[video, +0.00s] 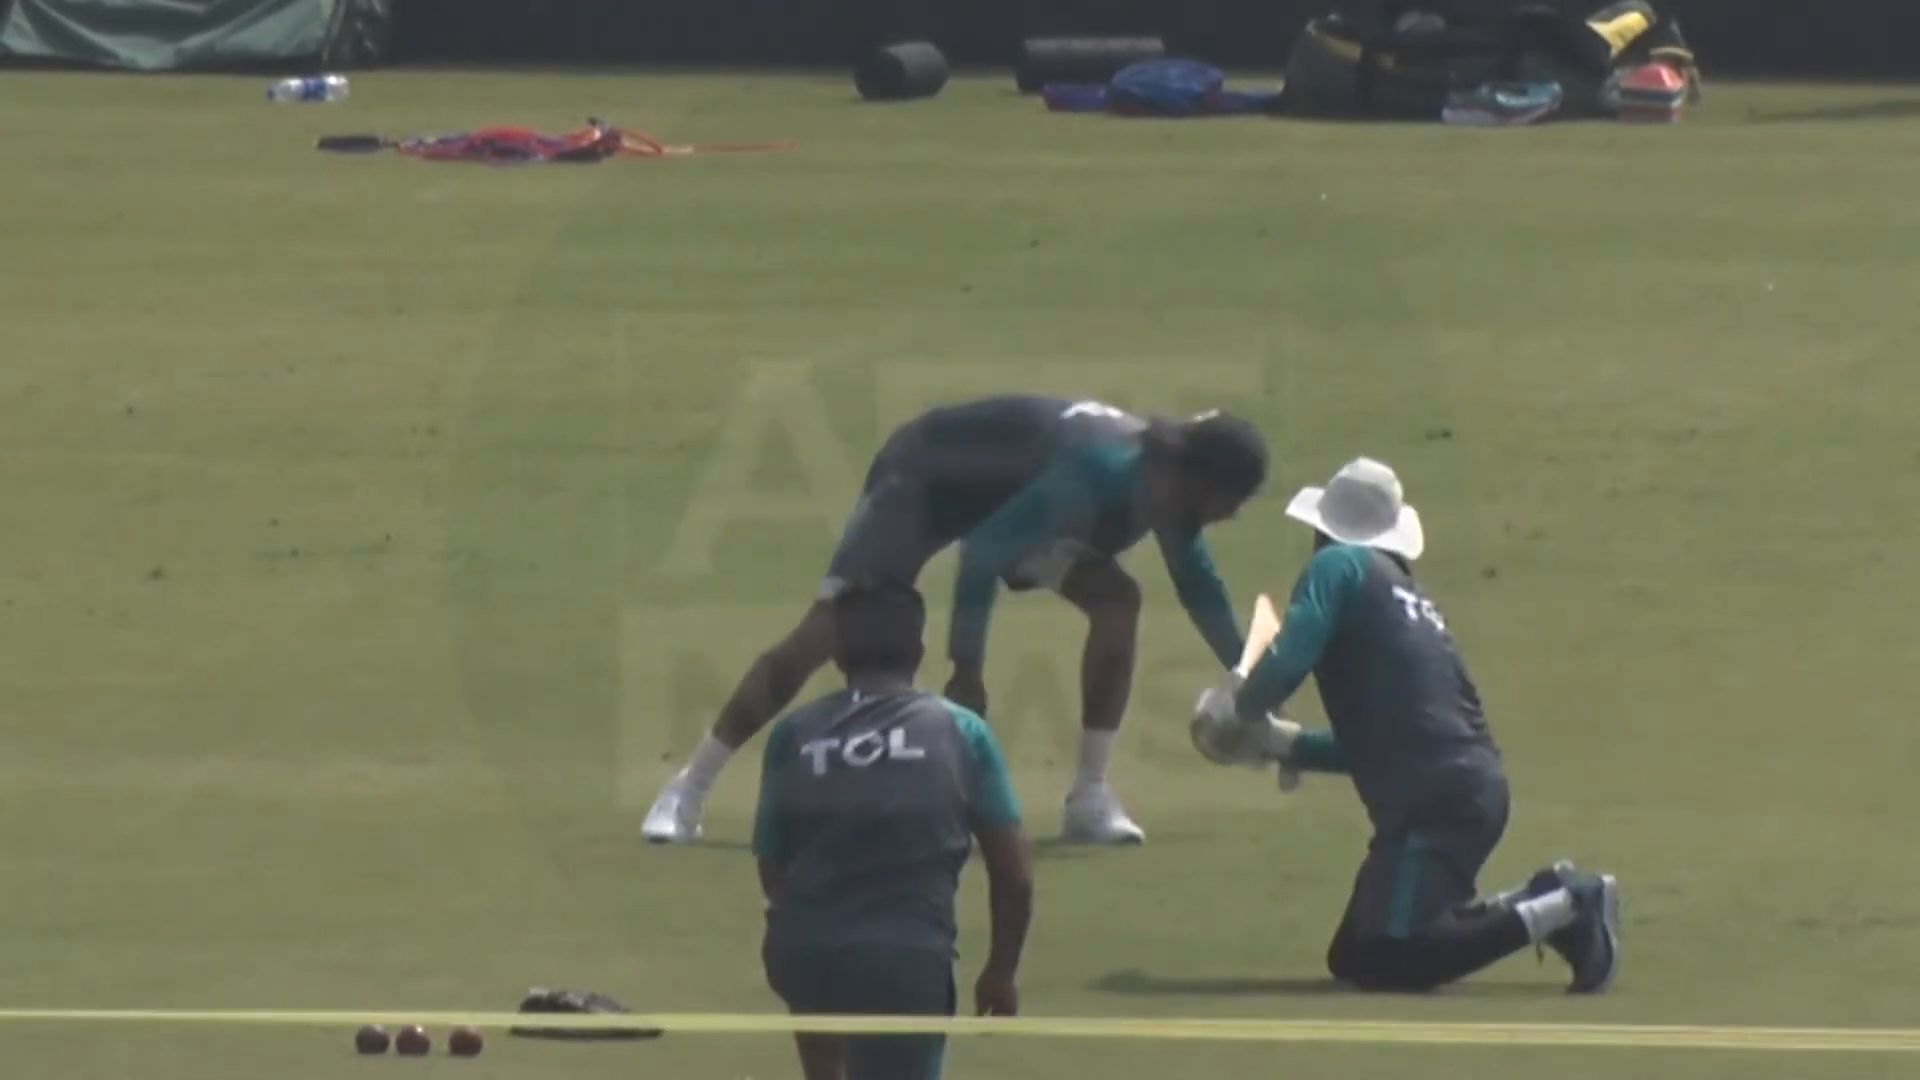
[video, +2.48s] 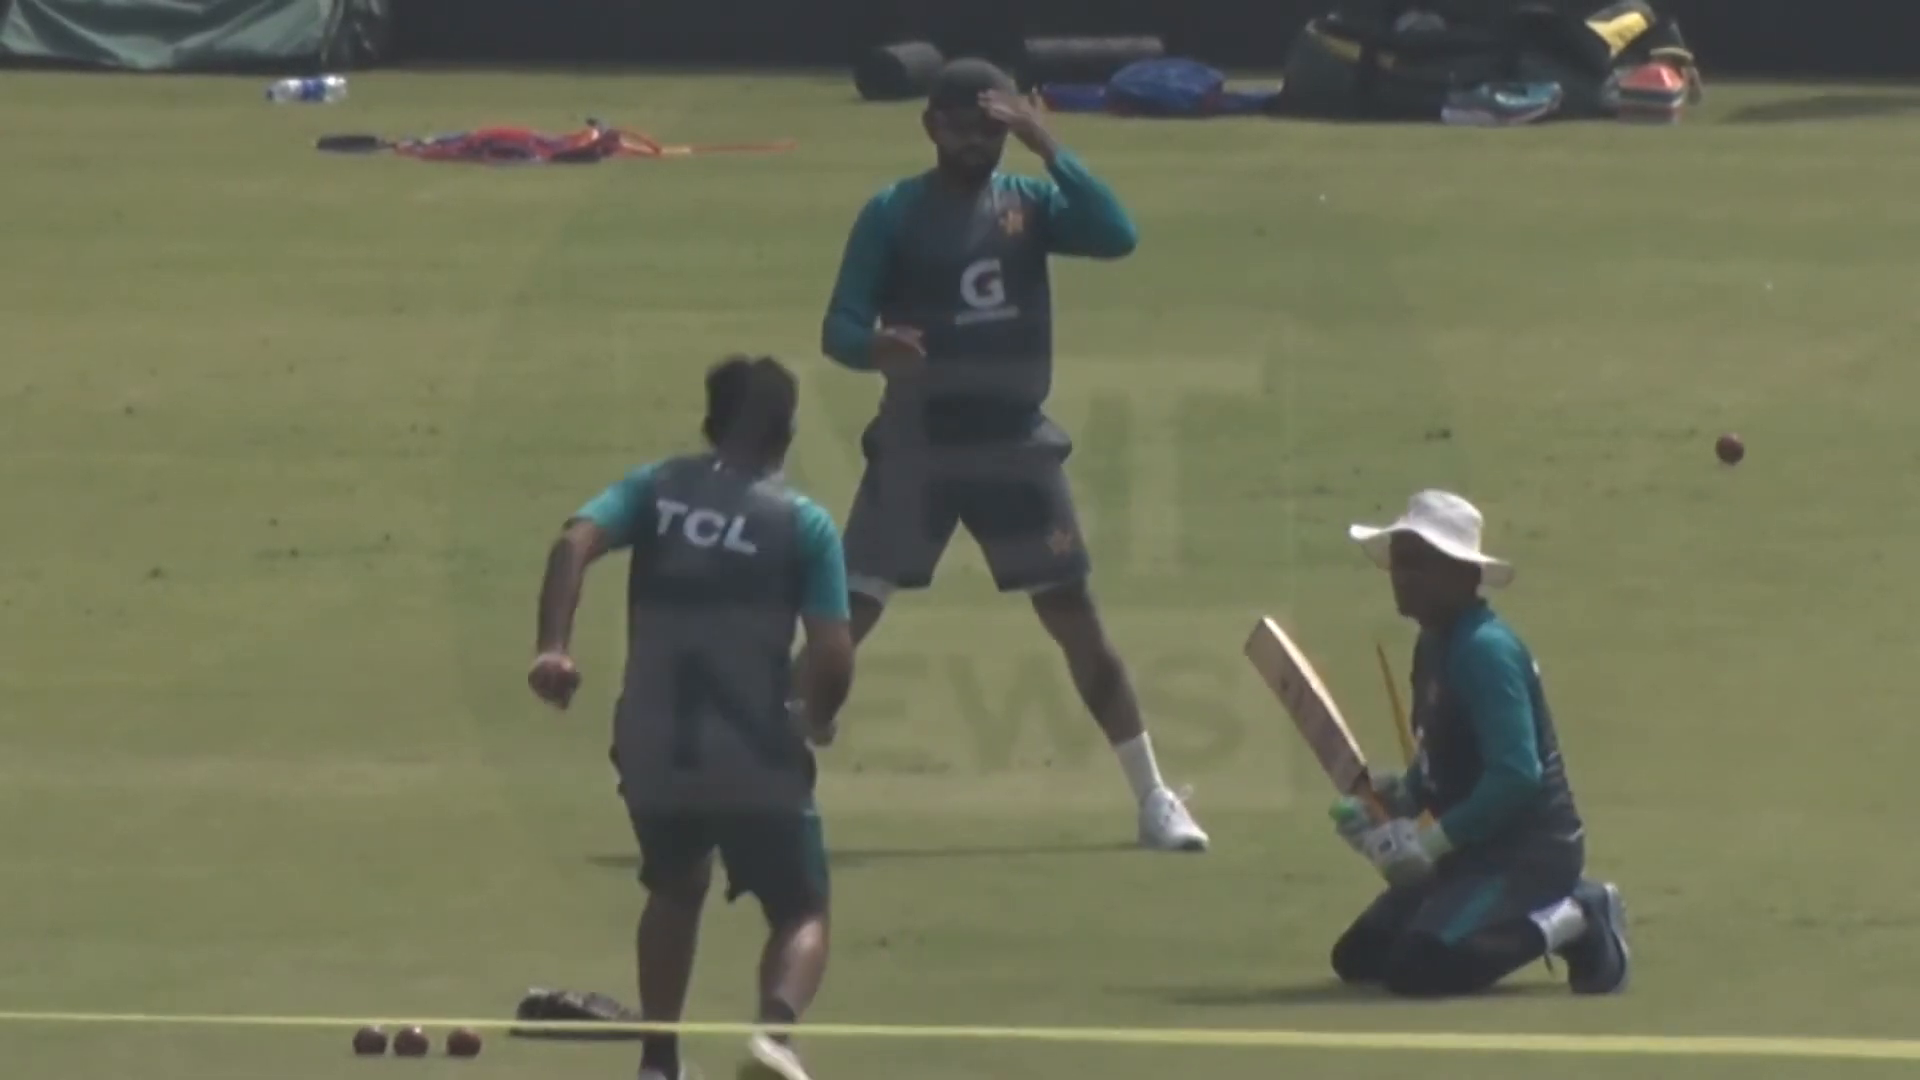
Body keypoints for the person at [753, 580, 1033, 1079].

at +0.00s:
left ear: (839, 659)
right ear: (918, 654)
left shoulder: (792, 732)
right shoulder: (961, 732)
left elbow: (773, 870)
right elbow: (1014, 876)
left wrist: (808, 927)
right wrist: (1001, 973)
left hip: (803, 953)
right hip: (909, 960)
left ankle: (826, 1073)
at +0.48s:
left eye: (838, 632)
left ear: (838, 643)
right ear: (920, 644)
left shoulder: (793, 727)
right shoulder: (964, 728)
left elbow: (749, 864)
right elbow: (1002, 876)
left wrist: (808, 876)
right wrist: (966, 971)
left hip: (802, 957)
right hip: (902, 960)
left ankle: (815, 1073)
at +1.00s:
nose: (739, 681)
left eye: (740, 672)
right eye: (738, 673)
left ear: (750, 673)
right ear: (820, 664)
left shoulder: (720, 738)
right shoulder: (874, 707)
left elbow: (648, 866)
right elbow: (987, 766)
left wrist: (718, 901)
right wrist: (941, 833)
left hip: (747, 896)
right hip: (850, 884)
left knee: (766, 999)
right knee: (842, 1049)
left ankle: (794, 1079)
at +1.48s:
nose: (667, 568)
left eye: (667, 560)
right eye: (670, 561)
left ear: (673, 563)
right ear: (746, 554)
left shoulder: (644, 621)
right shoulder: (807, 590)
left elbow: (632, 797)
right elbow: (863, 688)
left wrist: (671, 903)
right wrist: (825, 746)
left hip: (721, 796)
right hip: (822, 782)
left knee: (762, 976)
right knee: (796, 913)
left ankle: (801, 1068)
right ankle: (753, 1064)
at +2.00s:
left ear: (612, 690)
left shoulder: (605, 717)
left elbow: (590, 903)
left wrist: (575, 1041)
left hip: (670, 739)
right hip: (783, 727)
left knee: (669, 946)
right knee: (740, 902)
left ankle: (703, 1011)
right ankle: (696, 1053)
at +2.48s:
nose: (782, 436)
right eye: (784, 425)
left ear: (710, 425)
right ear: (786, 433)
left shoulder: (655, 485)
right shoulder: (806, 524)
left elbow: (574, 541)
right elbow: (833, 651)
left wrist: (552, 646)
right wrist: (819, 716)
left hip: (653, 749)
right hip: (753, 759)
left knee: (672, 892)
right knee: (800, 910)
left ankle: (659, 1060)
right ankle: (776, 1033)